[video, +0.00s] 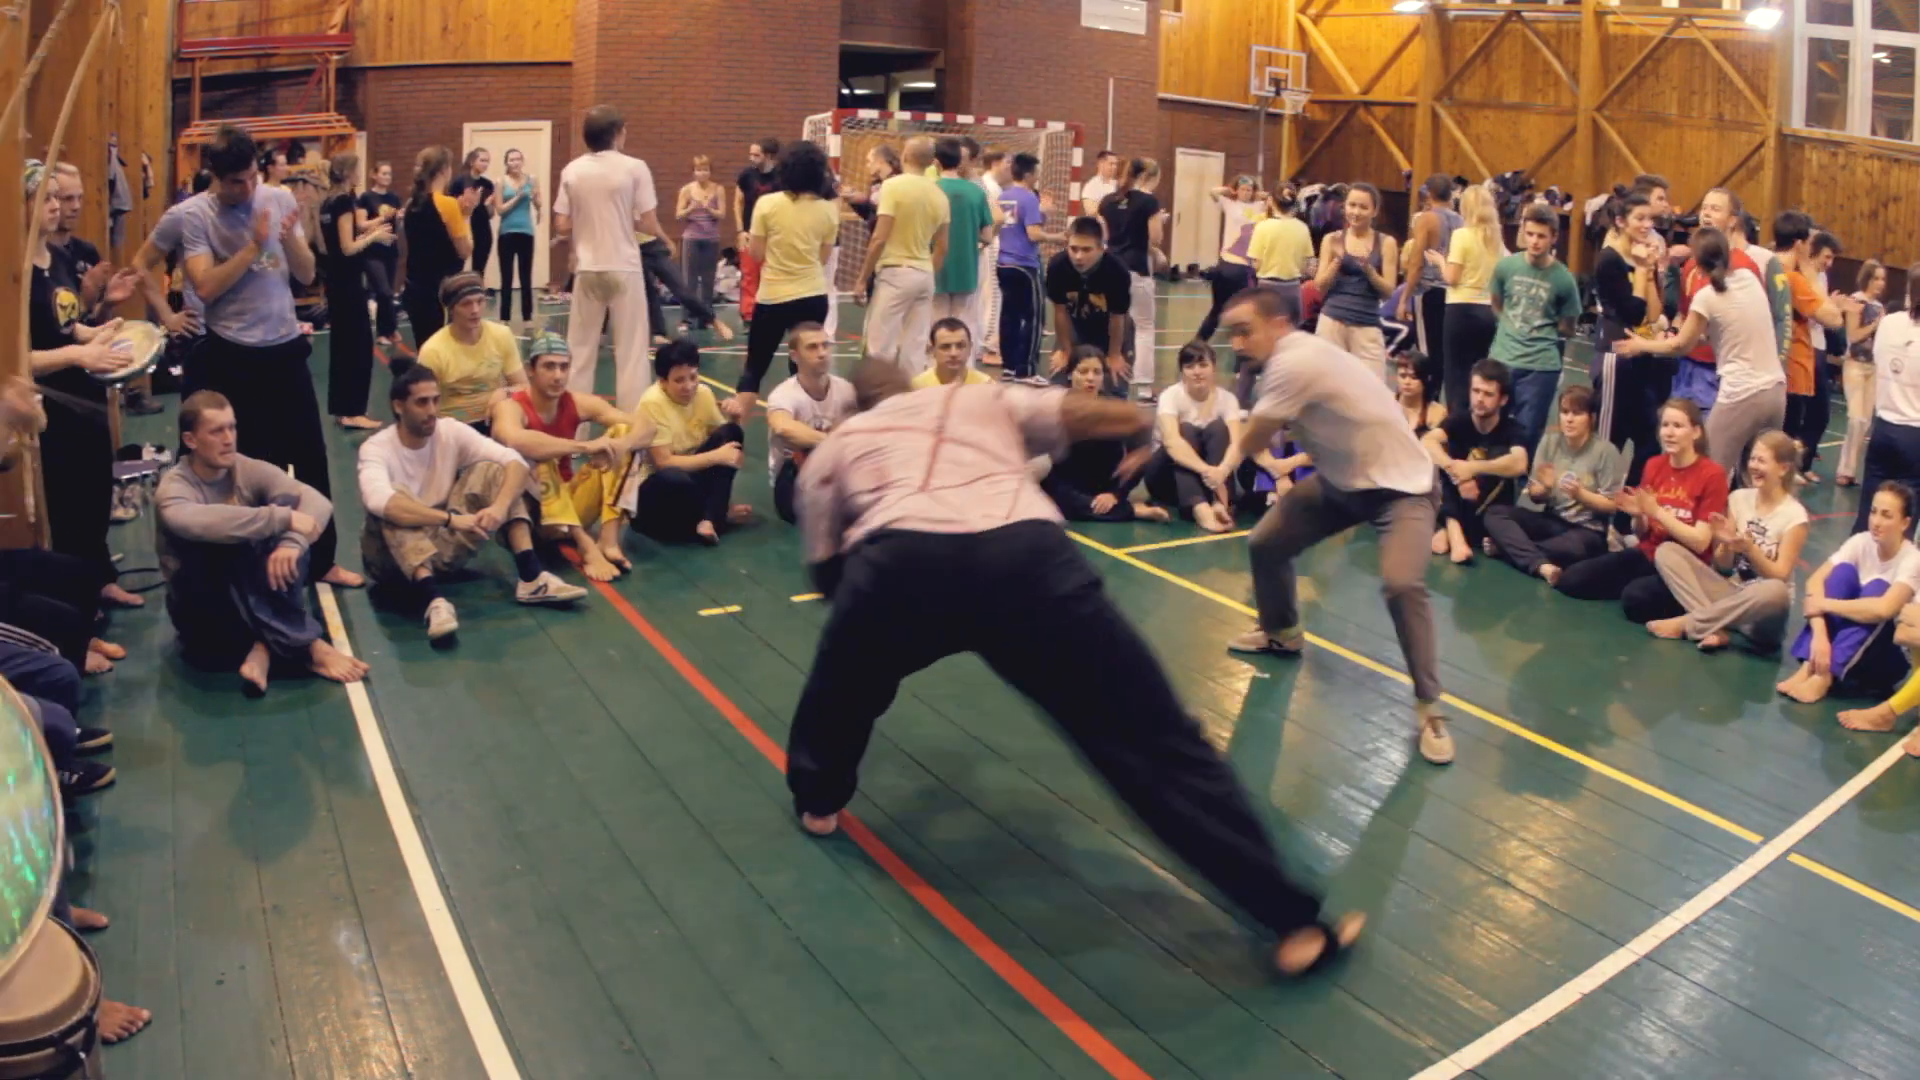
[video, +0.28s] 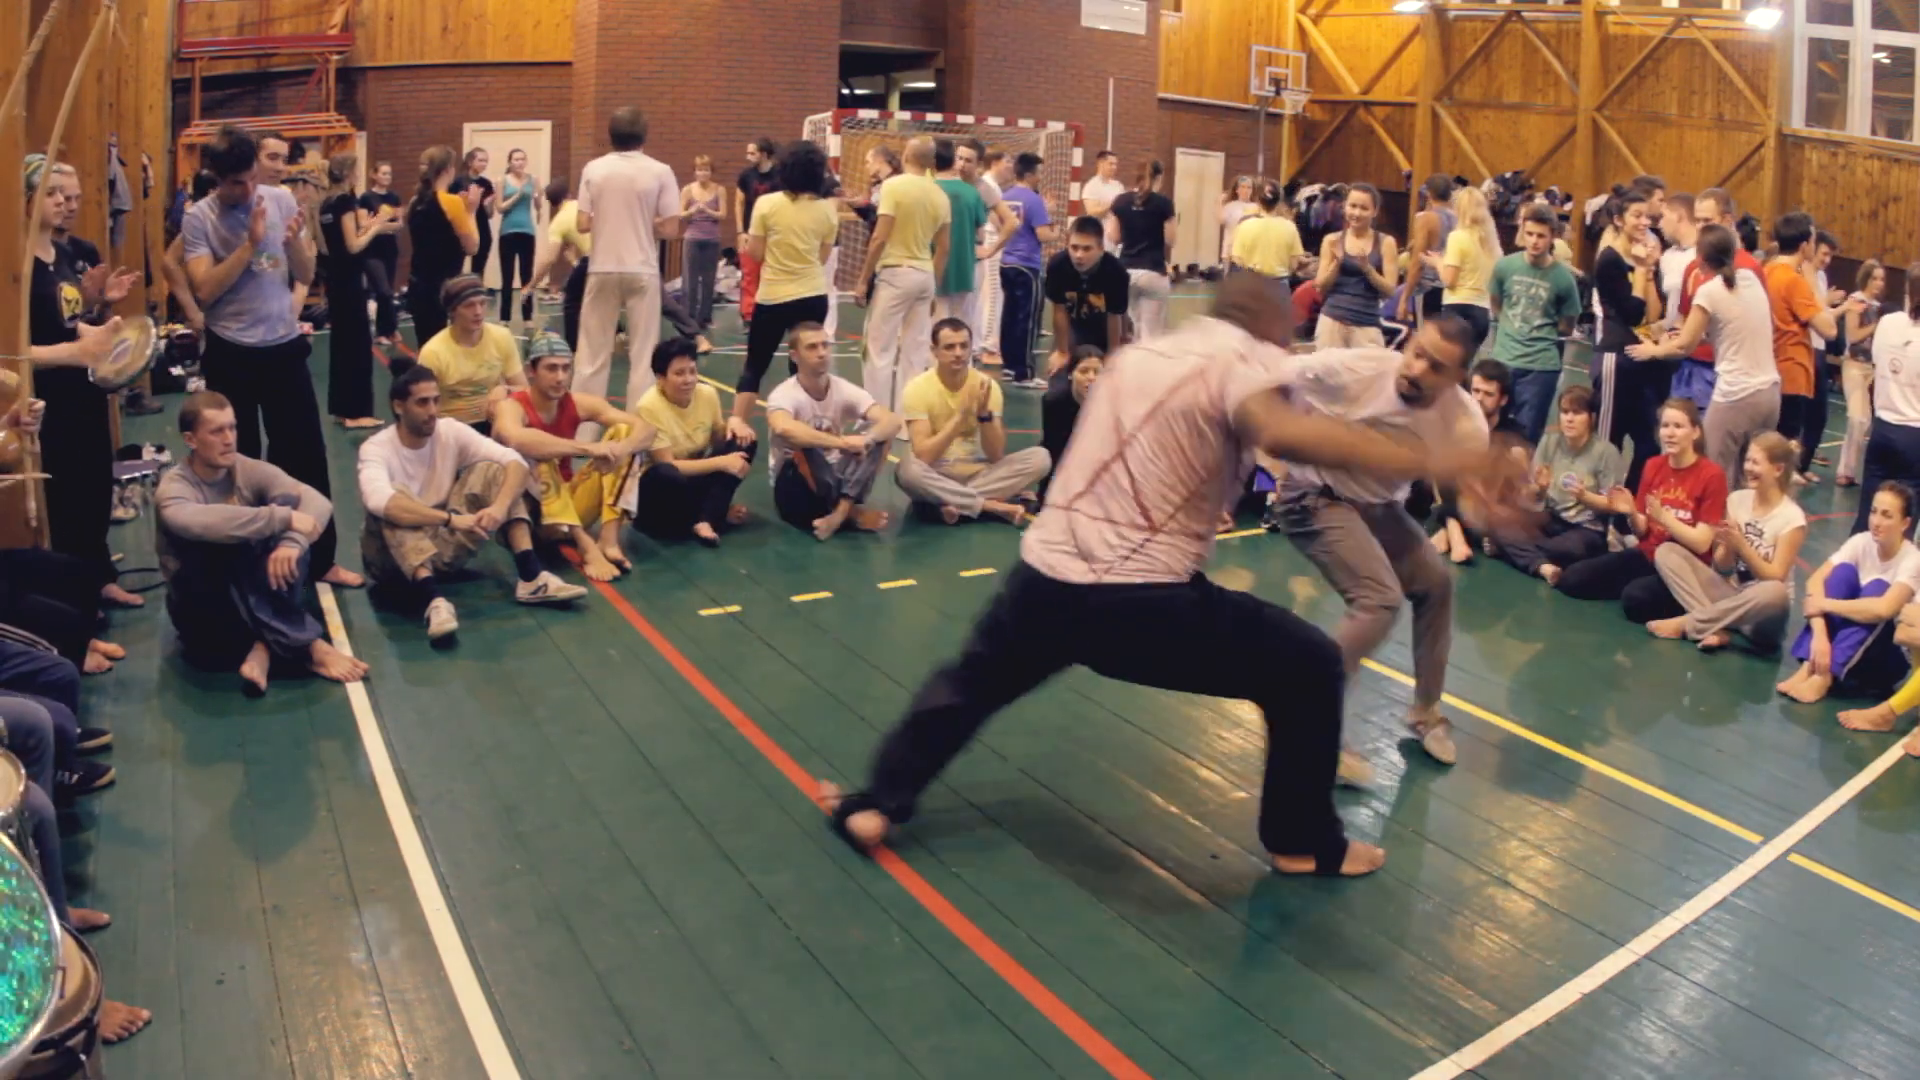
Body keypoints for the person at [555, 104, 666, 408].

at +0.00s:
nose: (625, 135)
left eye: (623, 130)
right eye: (623, 130)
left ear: (589, 136)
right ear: (617, 134)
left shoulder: (572, 170)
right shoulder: (634, 167)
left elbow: (562, 226)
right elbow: (647, 222)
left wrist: (586, 228)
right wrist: (665, 239)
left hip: (586, 268)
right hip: (625, 267)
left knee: (580, 348)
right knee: (631, 348)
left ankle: (573, 424)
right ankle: (633, 425)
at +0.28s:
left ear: (611, 135)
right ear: (644, 136)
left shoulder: (594, 170)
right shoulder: (661, 172)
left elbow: (582, 224)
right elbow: (670, 229)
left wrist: (609, 217)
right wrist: (643, 221)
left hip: (602, 270)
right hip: (643, 270)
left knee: (592, 354)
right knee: (643, 355)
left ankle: (584, 437)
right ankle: (639, 435)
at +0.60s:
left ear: (622, 133)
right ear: (656, 135)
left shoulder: (604, 167)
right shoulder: (670, 173)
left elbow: (590, 220)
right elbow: (678, 230)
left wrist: (617, 210)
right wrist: (652, 220)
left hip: (608, 268)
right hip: (649, 269)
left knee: (605, 351)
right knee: (647, 354)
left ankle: (600, 430)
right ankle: (639, 430)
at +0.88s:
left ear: (622, 134)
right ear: (655, 136)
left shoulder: (602, 167)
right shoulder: (669, 173)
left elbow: (588, 220)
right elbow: (677, 231)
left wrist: (614, 209)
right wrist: (654, 221)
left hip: (606, 267)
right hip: (646, 268)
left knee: (596, 349)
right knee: (647, 351)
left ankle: (588, 421)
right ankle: (643, 423)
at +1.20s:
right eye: (635, 129)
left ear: (603, 133)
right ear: (636, 133)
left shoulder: (586, 167)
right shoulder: (653, 171)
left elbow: (576, 221)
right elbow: (664, 228)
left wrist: (602, 214)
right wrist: (641, 220)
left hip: (596, 267)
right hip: (635, 267)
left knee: (591, 350)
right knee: (639, 349)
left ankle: (591, 420)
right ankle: (637, 420)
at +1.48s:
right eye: (617, 130)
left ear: (582, 135)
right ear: (615, 135)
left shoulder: (569, 172)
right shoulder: (634, 169)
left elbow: (564, 229)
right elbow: (650, 226)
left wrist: (589, 219)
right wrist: (627, 223)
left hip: (585, 267)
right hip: (623, 266)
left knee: (583, 349)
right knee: (631, 348)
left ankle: (585, 416)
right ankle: (632, 417)